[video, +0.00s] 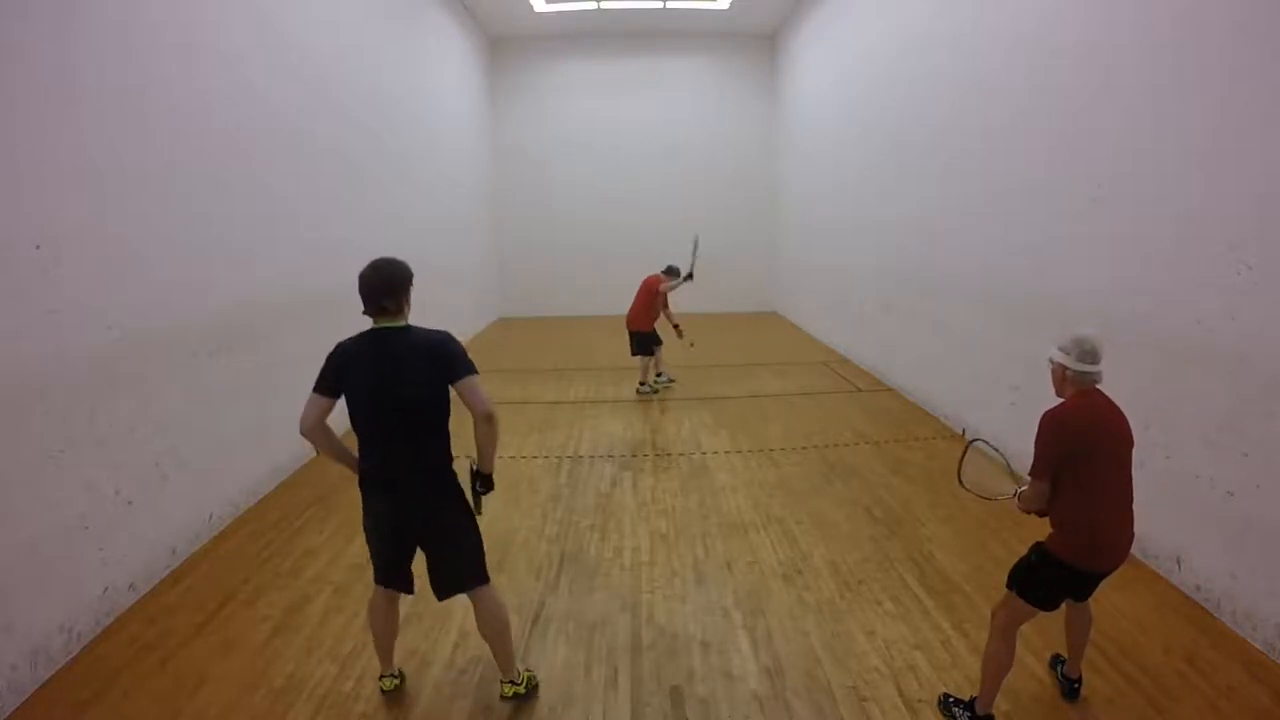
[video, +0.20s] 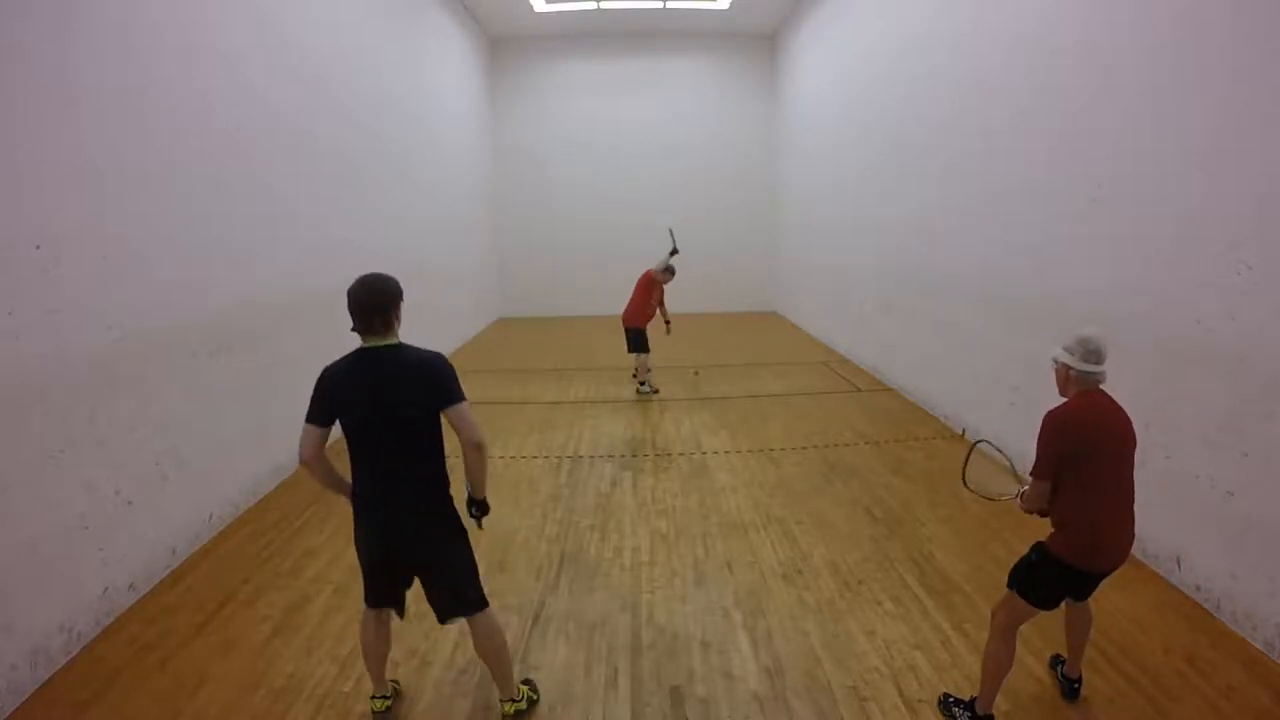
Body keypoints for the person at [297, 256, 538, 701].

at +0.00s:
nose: (411, 296)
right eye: (409, 291)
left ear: (363, 301)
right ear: (407, 297)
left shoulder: (346, 354)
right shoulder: (440, 345)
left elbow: (311, 425)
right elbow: (484, 411)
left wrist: (355, 465)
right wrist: (484, 470)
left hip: (381, 494)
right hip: (438, 490)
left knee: (386, 586)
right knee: (479, 586)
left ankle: (387, 673)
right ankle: (511, 678)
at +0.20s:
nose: (402, 313)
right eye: (401, 307)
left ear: (353, 318)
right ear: (398, 313)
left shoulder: (335, 377)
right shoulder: (430, 365)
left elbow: (309, 456)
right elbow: (473, 441)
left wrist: (348, 490)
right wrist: (477, 497)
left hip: (373, 519)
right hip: (432, 513)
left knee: (376, 607)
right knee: (475, 608)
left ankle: (379, 694)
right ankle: (511, 697)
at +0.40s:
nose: (389, 307)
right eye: (388, 301)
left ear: (339, 312)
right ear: (384, 307)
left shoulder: (318, 372)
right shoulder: (417, 358)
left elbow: (301, 458)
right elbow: (462, 434)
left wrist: (340, 489)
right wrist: (463, 494)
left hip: (359, 519)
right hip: (420, 512)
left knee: (360, 612)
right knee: (467, 610)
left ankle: (355, 710)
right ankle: (506, 706)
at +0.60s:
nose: (370, 323)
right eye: (368, 318)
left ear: (318, 327)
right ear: (364, 324)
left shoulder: (295, 385)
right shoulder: (395, 377)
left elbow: (260, 463)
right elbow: (448, 452)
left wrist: (307, 489)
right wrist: (459, 511)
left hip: (333, 540)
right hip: (395, 534)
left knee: (345, 635)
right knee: (449, 628)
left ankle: (349, 716)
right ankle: (498, 711)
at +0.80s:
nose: (336, 311)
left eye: (333, 303)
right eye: (334, 304)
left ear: (283, 314)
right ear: (327, 311)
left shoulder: (257, 369)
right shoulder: (357, 363)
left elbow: (217, 448)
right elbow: (414, 436)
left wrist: (258, 497)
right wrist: (425, 496)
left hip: (292, 526)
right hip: (355, 519)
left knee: (289, 629)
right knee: (409, 616)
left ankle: (286, 716)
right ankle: (456, 707)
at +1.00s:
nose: (294, 370)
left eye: (291, 364)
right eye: (292, 365)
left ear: (244, 378)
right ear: (287, 372)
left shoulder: (225, 436)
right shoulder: (319, 423)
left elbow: (202, 525)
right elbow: (376, 494)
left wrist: (222, 576)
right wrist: (380, 538)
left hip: (267, 578)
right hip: (327, 570)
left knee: (265, 667)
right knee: (383, 644)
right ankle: (429, 713)